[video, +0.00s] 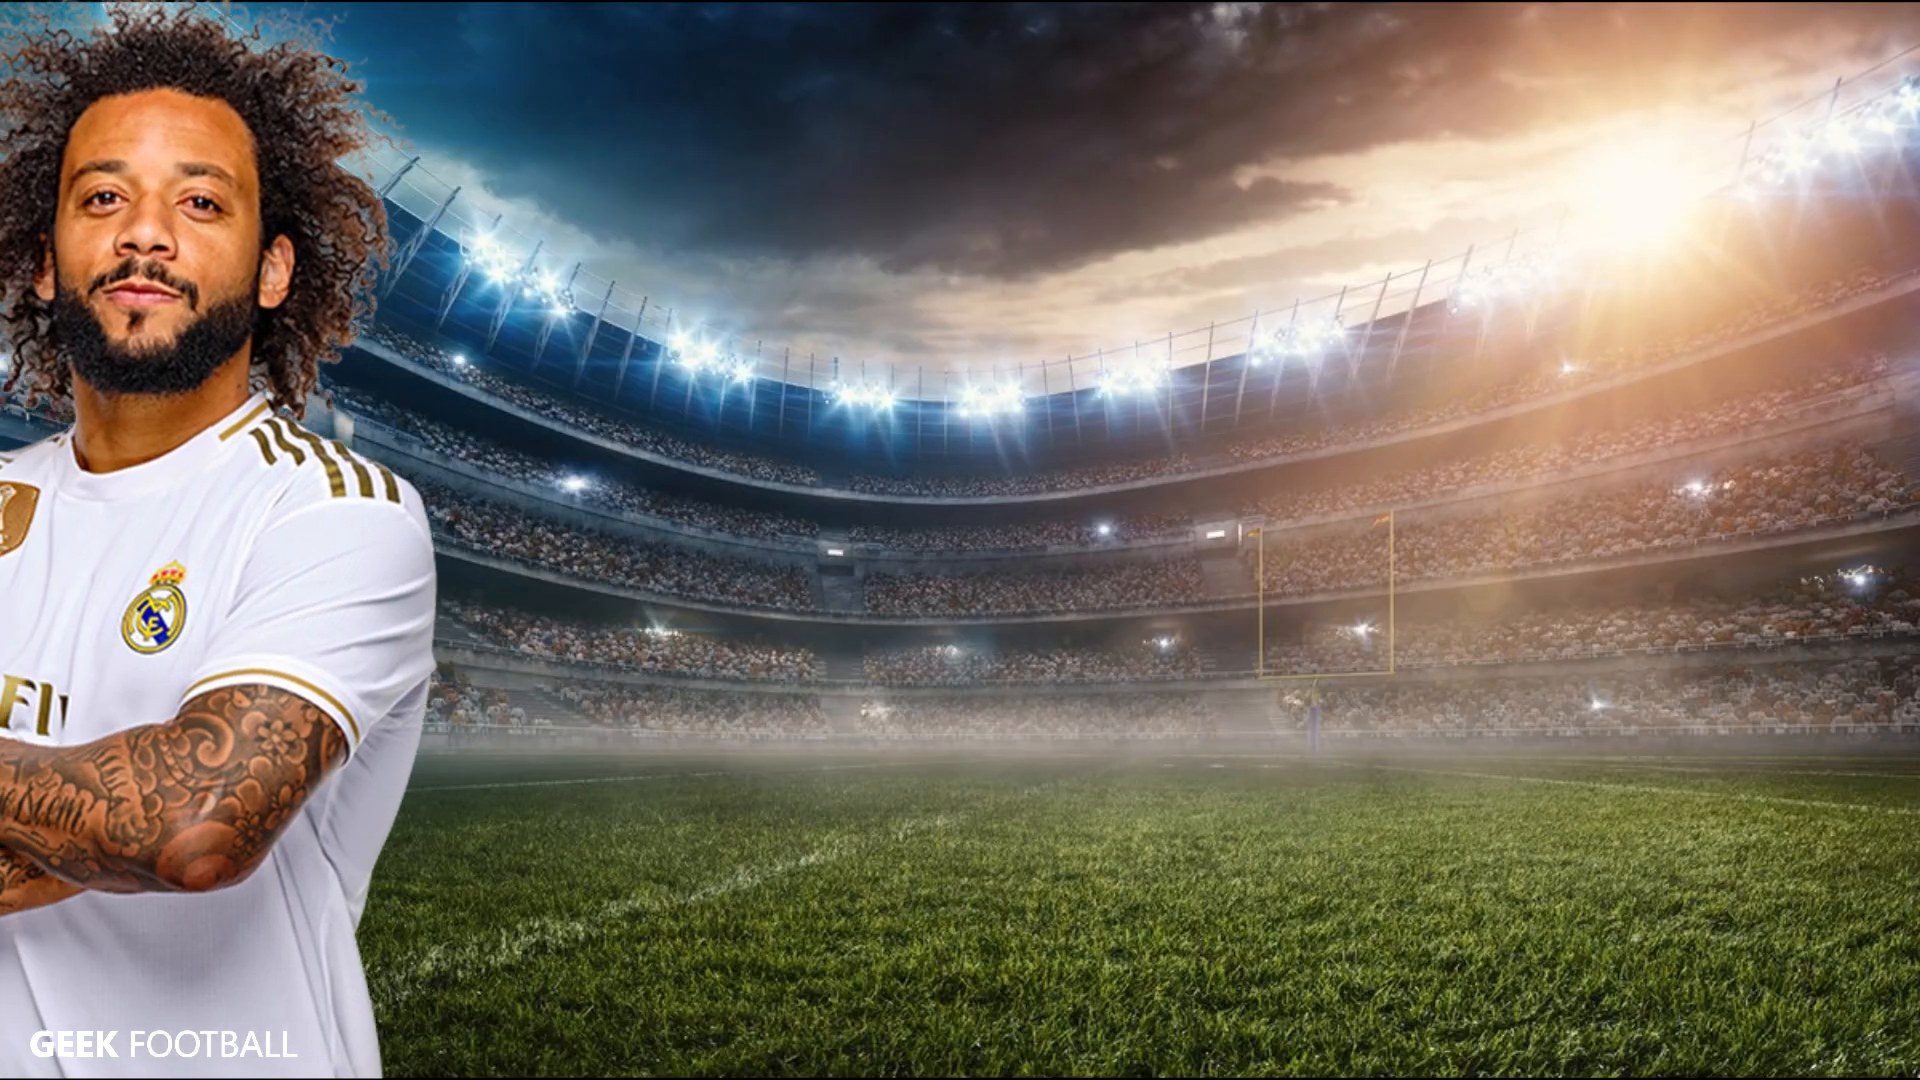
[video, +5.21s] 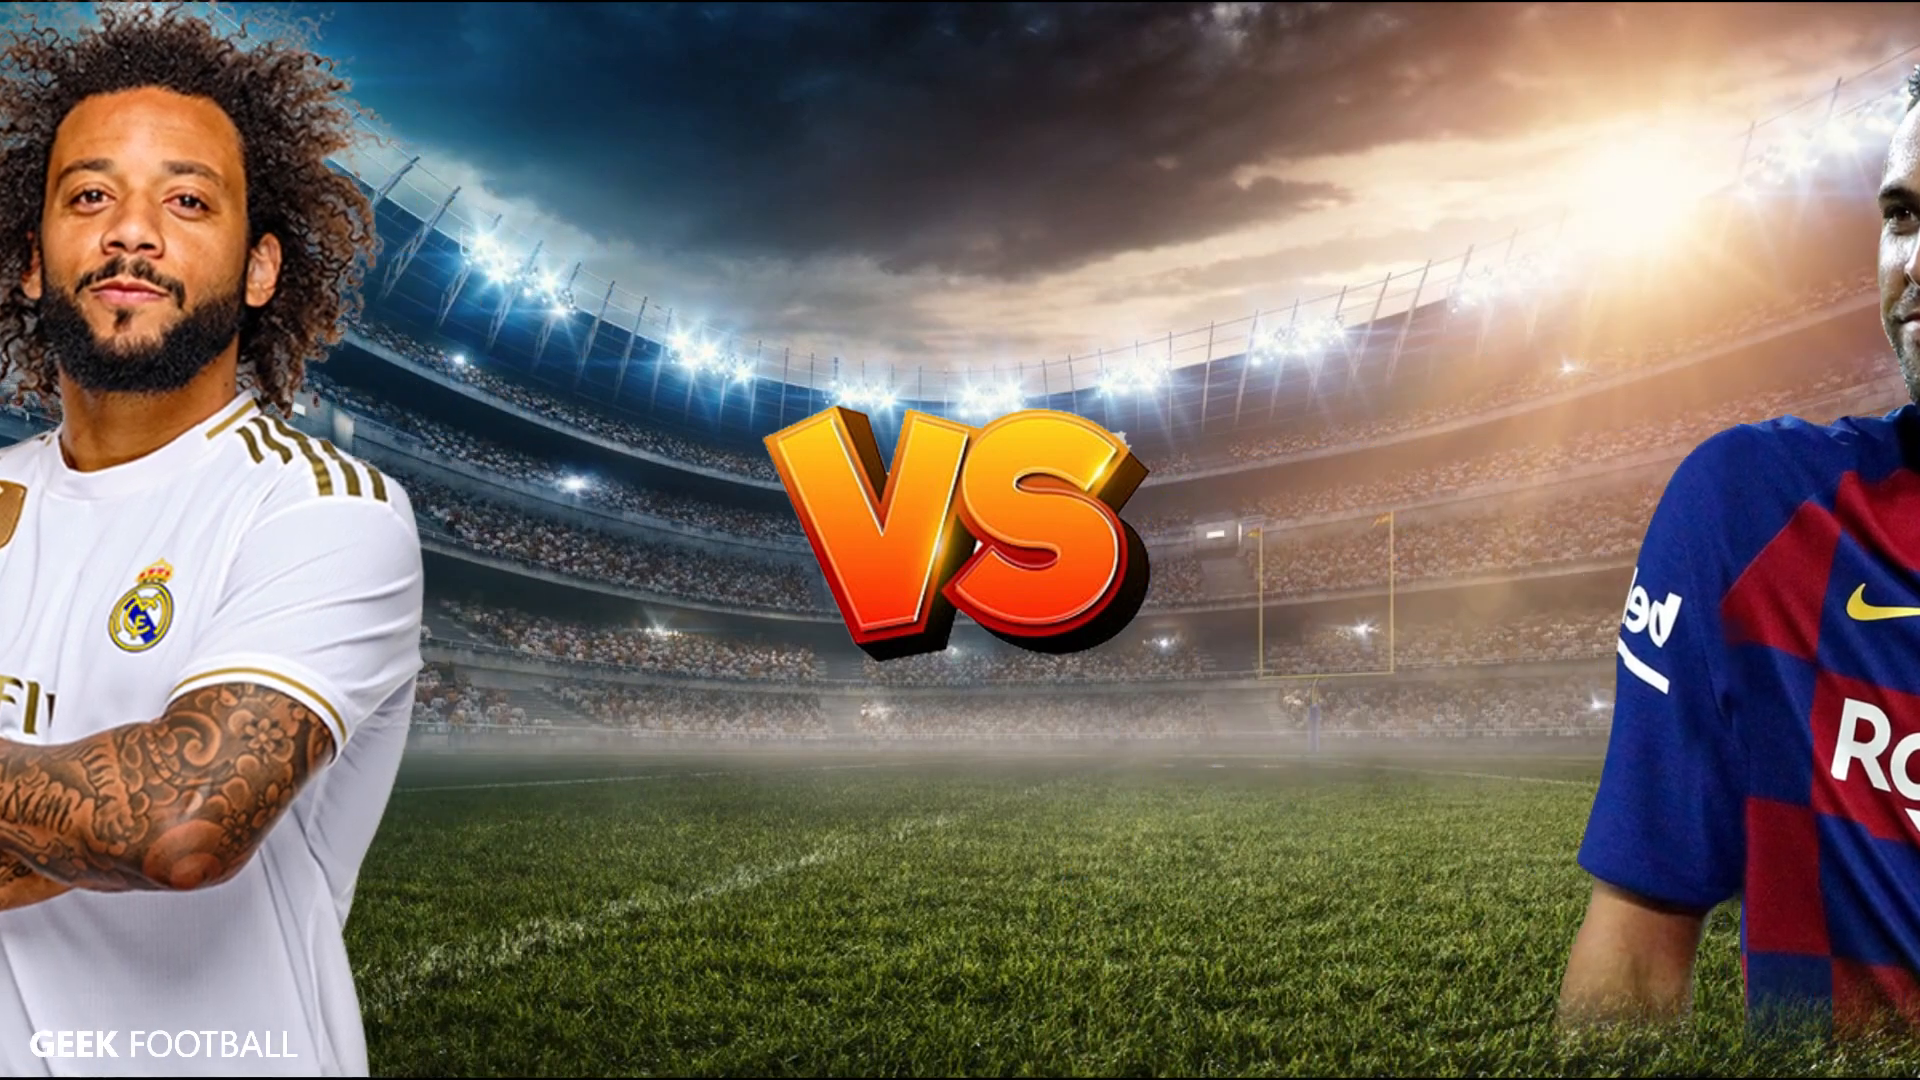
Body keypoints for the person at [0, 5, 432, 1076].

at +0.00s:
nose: (144, 233)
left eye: (199, 200)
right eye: (102, 199)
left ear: (269, 268)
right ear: (50, 260)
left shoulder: (343, 515)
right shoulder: (6, 499)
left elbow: (196, 821)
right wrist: (127, 808)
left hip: (254, 1060)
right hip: (23, 1056)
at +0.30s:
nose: (290, 235)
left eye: (345, 203)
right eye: (247, 200)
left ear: (415, 271)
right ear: (192, 261)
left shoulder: (489, 515)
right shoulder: (65, 523)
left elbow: (342, 825)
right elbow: (7, 868)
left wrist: (76, 760)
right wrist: (263, 826)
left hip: (396, 1064)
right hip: (122, 1064)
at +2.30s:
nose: (424, 238)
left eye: (480, 204)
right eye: (381, 199)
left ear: (548, 273)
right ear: (328, 260)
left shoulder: (623, 518)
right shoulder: (202, 523)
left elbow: (477, 825)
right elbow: (75, 856)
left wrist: (213, 760)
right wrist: (397, 830)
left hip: (534, 1063)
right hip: (255, 1062)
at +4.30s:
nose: (383, 238)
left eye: (439, 203)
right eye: (340, 200)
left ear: (508, 272)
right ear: (288, 261)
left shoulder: (582, 518)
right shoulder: (162, 522)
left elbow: (438, 824)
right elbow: (24, 848)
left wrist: (175, 760)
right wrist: (352, 829)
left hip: (493, 1063)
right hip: (213, 1061)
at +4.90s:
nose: (260, 234)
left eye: (317, 203)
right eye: (219, 198)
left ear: (386, 273)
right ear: (163, 262)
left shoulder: (462, 516)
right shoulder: (39, 521)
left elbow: (314, 824)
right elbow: (7, 875)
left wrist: (43, 760)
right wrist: (241, 821)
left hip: (367, 1063)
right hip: (90, 1063)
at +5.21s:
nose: (130, 232)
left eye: (186, 200)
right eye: (89, 198)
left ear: (256, 268)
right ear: (36, 258)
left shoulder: (330, 514)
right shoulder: (5, 492)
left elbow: (185, 820)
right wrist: (108, 809)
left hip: (237, 1057)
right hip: (18, 1053)